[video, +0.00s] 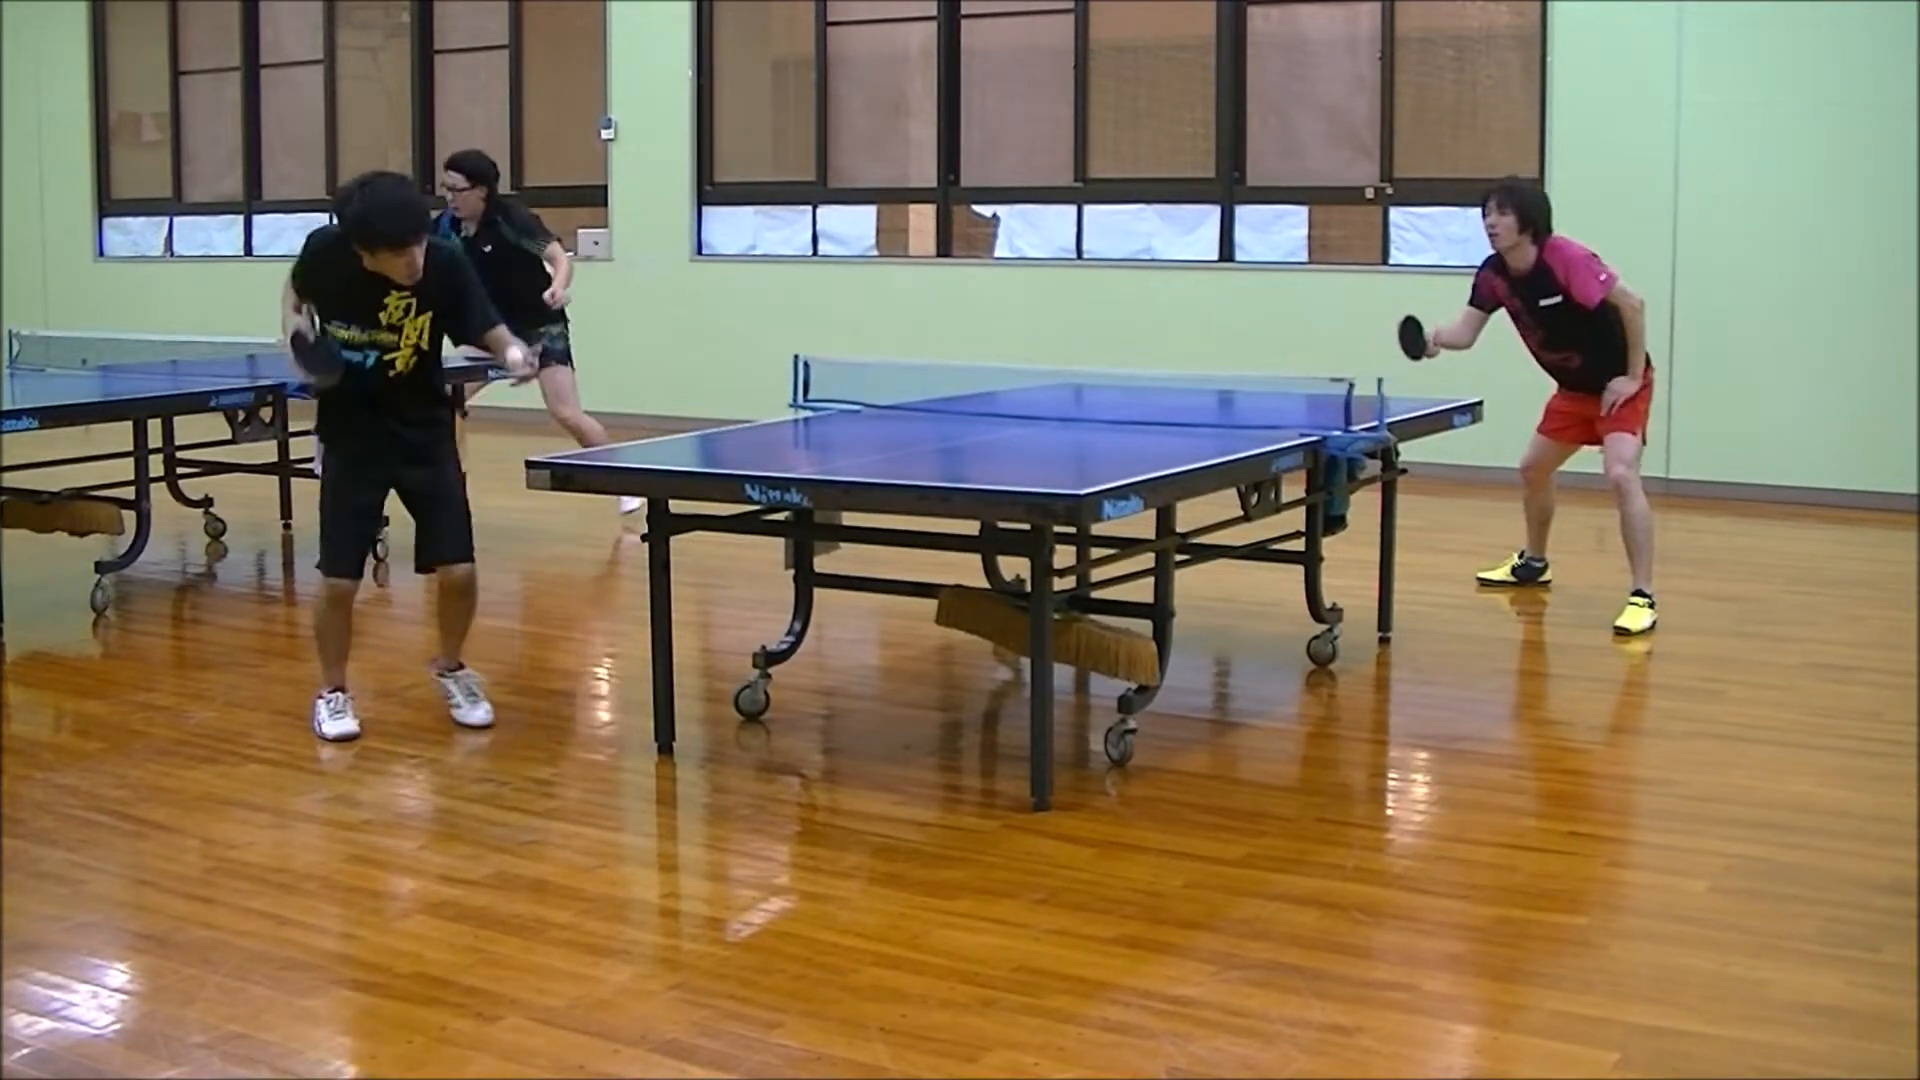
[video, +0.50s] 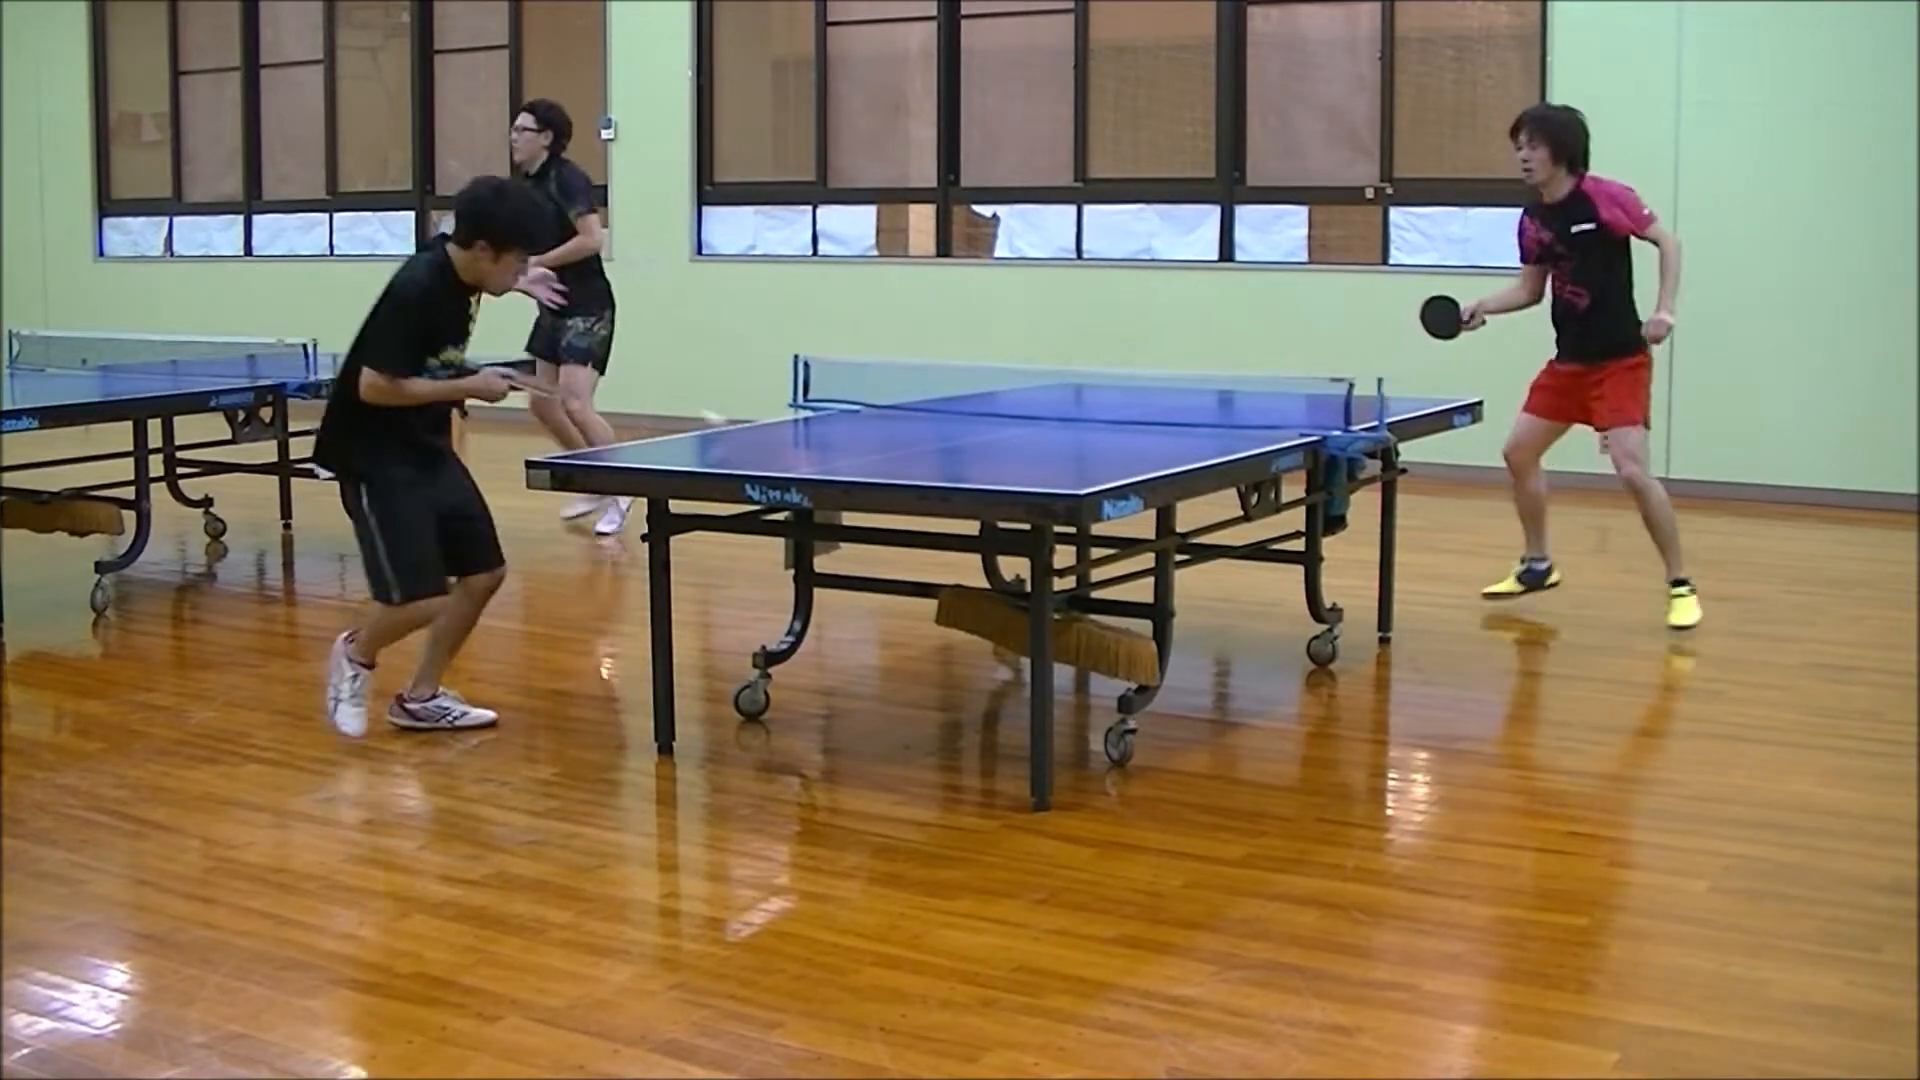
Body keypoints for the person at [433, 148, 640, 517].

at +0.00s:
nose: (449, 196)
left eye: (457, 189)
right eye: (446, 188)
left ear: (483, 190)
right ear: (446, 188)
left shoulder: (511, 216)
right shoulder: (445, 225)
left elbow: (559, 258)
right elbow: (431, 275)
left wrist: (558, 285)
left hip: (541, 322)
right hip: (488, 326)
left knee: (565, 412)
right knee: (442, 402)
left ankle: (625, 482)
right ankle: (446, 495)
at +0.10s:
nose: (452, 194)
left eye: (460, 187)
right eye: (450, 187)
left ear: (485, 190)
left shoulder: (513, 222)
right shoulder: (455, 229)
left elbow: (558, 277)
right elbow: (442, 279)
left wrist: (532, 315)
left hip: (539, 329)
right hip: (493, 331)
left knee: (551, 418)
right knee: (449, 402)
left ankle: (614, 489)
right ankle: (457, 484)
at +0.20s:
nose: (459, 200)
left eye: (468, 195)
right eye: (459, 193)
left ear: (493, 202)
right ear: (460, 195)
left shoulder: (517, 237)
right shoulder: (460, 239)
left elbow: (557, 294)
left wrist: (517, 325)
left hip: (537, 347)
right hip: (494, 349)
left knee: (535, 431)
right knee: (443, 410)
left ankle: (603, 499)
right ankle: (467, 495)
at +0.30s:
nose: (477, 187)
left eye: (486, 181)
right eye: (477, 180)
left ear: (511, 187)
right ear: (482, 185)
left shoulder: (532, 226)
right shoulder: (487, 231)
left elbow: (556, 288)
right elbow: (490, 290)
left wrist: (503, 309)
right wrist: (452, 306)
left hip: (554, 342)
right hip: (516, 343)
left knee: (550, 434)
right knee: (470, 408)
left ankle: (613, 504)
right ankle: (472, 493)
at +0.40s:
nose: (496, 158)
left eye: (505, 151)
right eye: (497, 151)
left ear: (530, 157)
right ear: (511, 157)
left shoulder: (552, 197)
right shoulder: (508, 202)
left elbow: (570, 259)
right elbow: (513, 264)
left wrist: (504, 282)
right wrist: (481, 289)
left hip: (575, 316)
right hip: (537, 317)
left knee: (568, 418)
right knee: (507, 403)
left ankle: (616, 503)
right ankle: (515, 491)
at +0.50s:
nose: (513, 137)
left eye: (523, 131)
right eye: (513, 129)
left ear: (548, 138)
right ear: (520, 136)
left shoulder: (569, 179)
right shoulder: (521, 185)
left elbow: (592, 239)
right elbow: (516, 241)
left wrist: (534, 265)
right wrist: (517, 270)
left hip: (588, 302)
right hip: (553, 302)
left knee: (576, 402)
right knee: (543, 403)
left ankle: (618, 492)